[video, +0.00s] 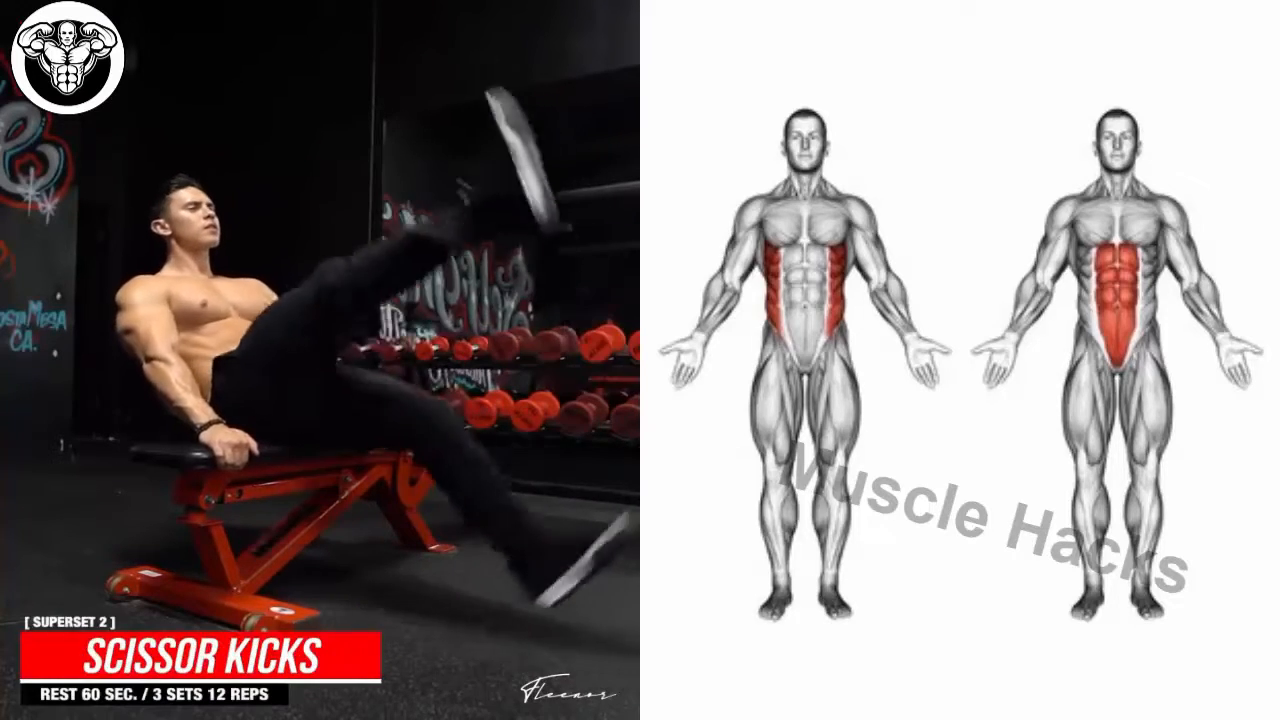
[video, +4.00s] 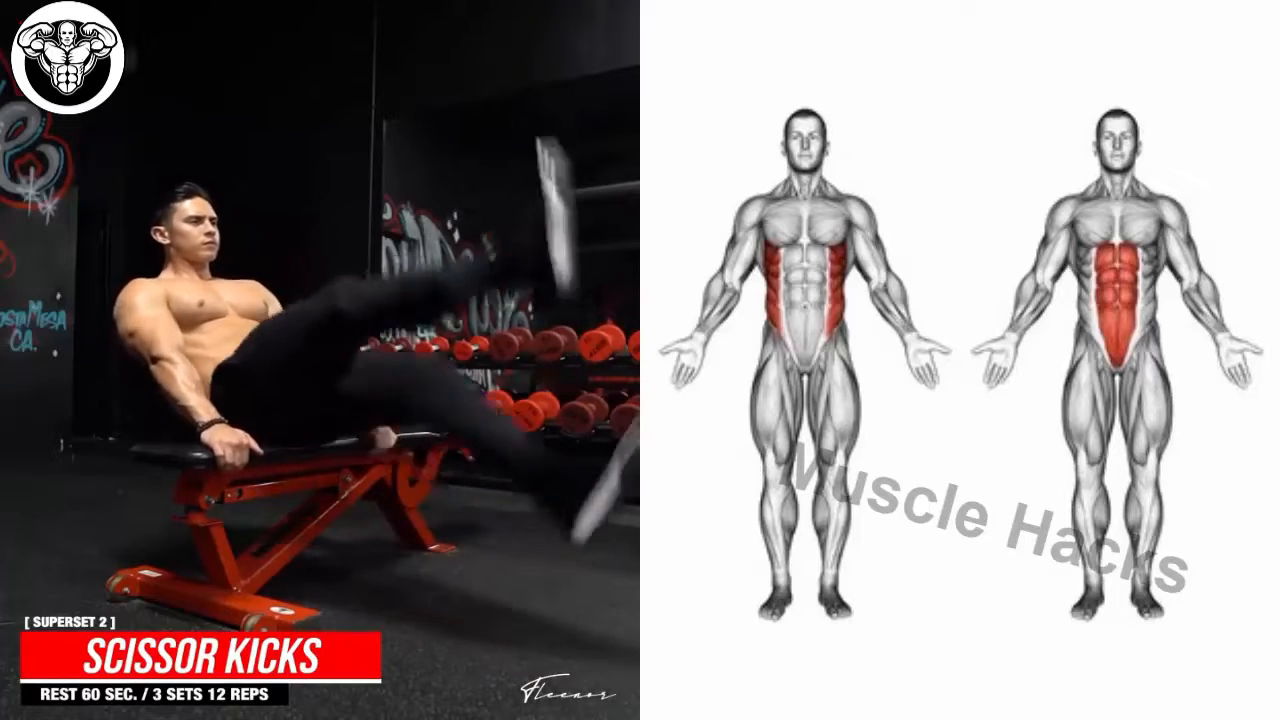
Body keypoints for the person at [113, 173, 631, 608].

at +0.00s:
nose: (208, 213)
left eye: (209, 206)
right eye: (192, 207)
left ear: (213, 225)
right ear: (162, 227)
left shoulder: (253, 289)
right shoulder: (144, 290)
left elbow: (306, 340)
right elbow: (160, 362)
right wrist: (208, 424)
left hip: (311, 397)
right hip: (245, 395)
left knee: (435, 422)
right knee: (329, 290)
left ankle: (540, 567)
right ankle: (500, 215)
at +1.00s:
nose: (208, 214)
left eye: (210, 207)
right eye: (192, 208)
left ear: (214, 224)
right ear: (162, 227)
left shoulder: (251, 285)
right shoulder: (145, 289)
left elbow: (303, 329)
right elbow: (163, 361)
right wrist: (208, 425)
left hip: (303, 391)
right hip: (244, 384)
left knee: (432, 433)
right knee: (326, 273)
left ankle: (516, 587)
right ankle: (457, 180)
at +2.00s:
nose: (214, 243)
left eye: (219, 234)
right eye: (202, 232)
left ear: (222, 238)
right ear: (168, 236)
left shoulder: (247, 293)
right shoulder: (139, 298)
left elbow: (298, 344)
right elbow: (157, 365)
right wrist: (207, 424)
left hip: (305, 394)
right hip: (243, 391)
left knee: (435, 421)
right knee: (342, 285)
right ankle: (472, 186)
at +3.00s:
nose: (214, 240)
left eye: (219, 232)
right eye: (202, 230)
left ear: (221, 237)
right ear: (166, 233)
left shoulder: (250, 294)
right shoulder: (140, 297)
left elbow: (304, 352)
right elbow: (161, 365)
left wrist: (341, 409)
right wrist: (208, 424)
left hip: (304, 399)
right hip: (244, 400)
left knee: (431, 401)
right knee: (345, 299)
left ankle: (551, 541)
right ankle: (511, 236)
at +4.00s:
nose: (208, 229)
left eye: (212, 221)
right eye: (193, 222)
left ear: (217, 231)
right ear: (162, 235)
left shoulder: (252, 292)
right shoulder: (142, 294)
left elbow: (309, 355)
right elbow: (166, 362)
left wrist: (366, 417)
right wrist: (210, 424)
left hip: (307, 396)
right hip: (244, 405)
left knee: (428, 379)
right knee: (338, 302)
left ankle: (563, 486)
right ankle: (518, 266)